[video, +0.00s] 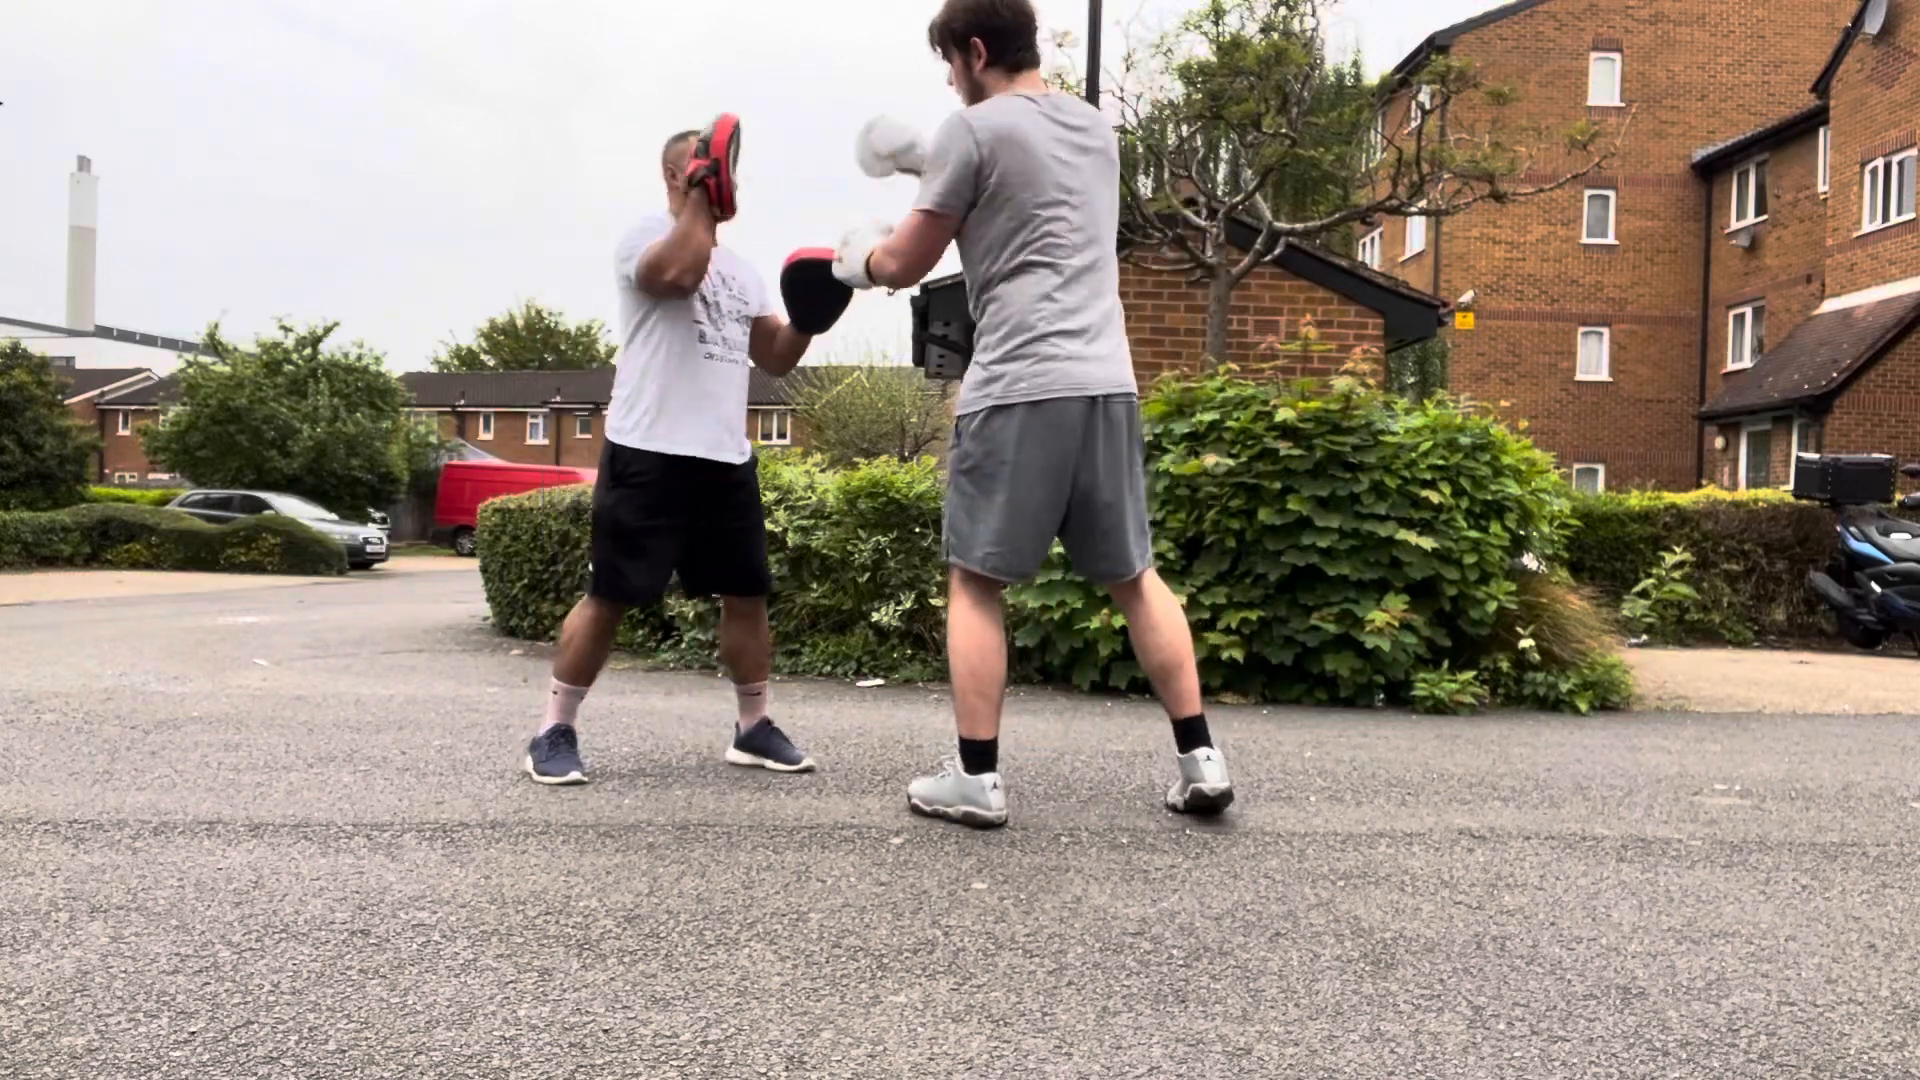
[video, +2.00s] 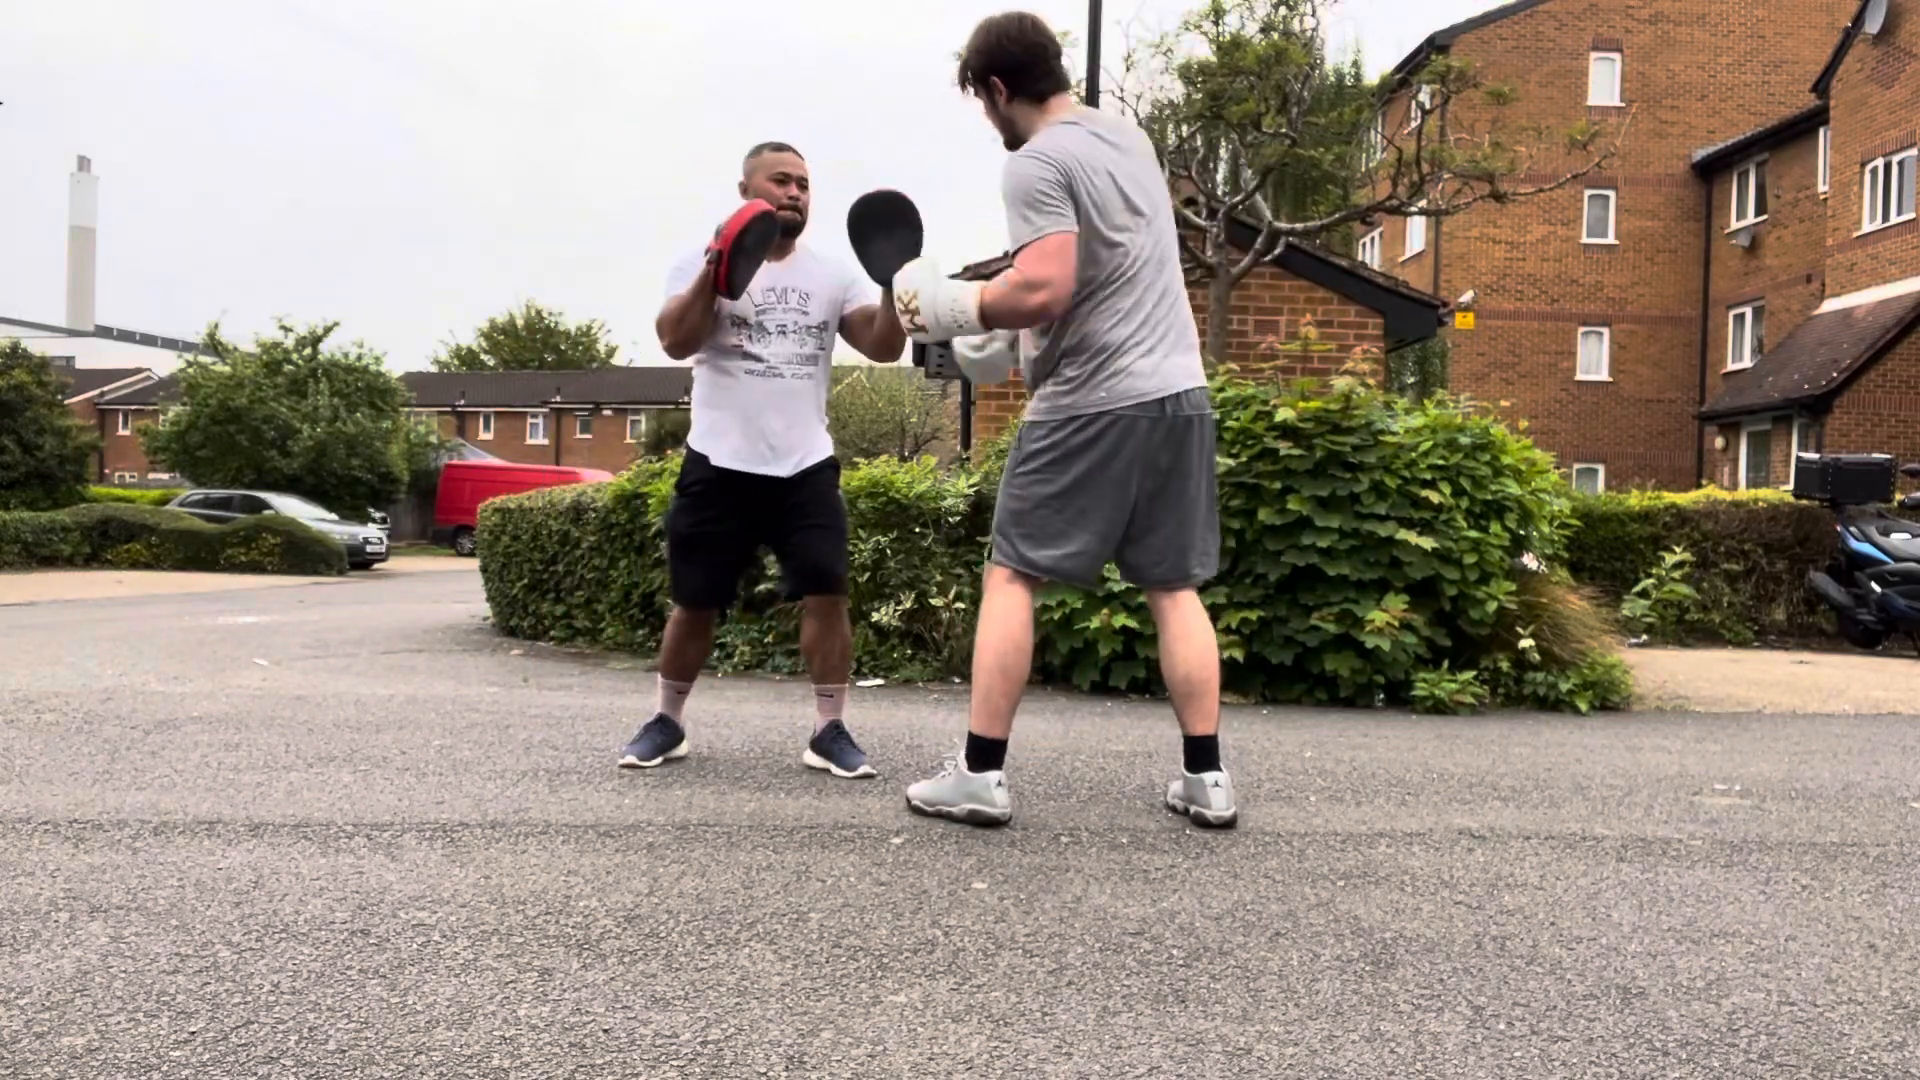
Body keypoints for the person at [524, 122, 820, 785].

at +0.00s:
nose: (708, 174)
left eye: (715, 164)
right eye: (693, 164)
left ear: (728, 178)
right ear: (670, 178)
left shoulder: (742, 271)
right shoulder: (643, 236)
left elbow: (777, 357)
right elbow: (678, 274)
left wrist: (815, 308)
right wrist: (702, 193)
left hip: (726, 456)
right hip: (645, 449)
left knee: (747, 594)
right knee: (609, 594)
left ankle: (754, 726)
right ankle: (555, 729)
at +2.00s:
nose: (796, 192)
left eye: (804, 184)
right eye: (781, 180)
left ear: (812, 198)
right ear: (745, 189)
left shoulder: (831, 267)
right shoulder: (708, 260)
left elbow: (884, 346)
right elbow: (674, 341)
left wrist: (898, 281)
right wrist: (716, 271)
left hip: (805, 462)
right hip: (719, 460)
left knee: (827, 588)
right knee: (694, 600)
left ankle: (830, 728)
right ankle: (666, 721)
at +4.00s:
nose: (761, 188)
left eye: (768, 180)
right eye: (745, 179)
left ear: (776, 195)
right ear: (711, 193)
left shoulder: (795, 265)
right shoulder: (673, 261)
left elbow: (863, 320)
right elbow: (664, 329)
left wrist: (873, 255)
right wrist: (700, 252)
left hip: (785, 460)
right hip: (698, 461)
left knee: (816, 586)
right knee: (682, 599)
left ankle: (834, 724)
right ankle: (665, 721)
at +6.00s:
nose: (789, 203)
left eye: (796, 195)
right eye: (777, 192)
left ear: (801, 209)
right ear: (743, 202)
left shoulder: (814, 279)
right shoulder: (704, 264)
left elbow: (874, 338)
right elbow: (704, 307)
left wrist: (872, 268)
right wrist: (732, 231)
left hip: (805, 464)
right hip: (722, 463)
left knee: (830, 592)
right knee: (710, 601)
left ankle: (851, 728)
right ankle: (699, 722)